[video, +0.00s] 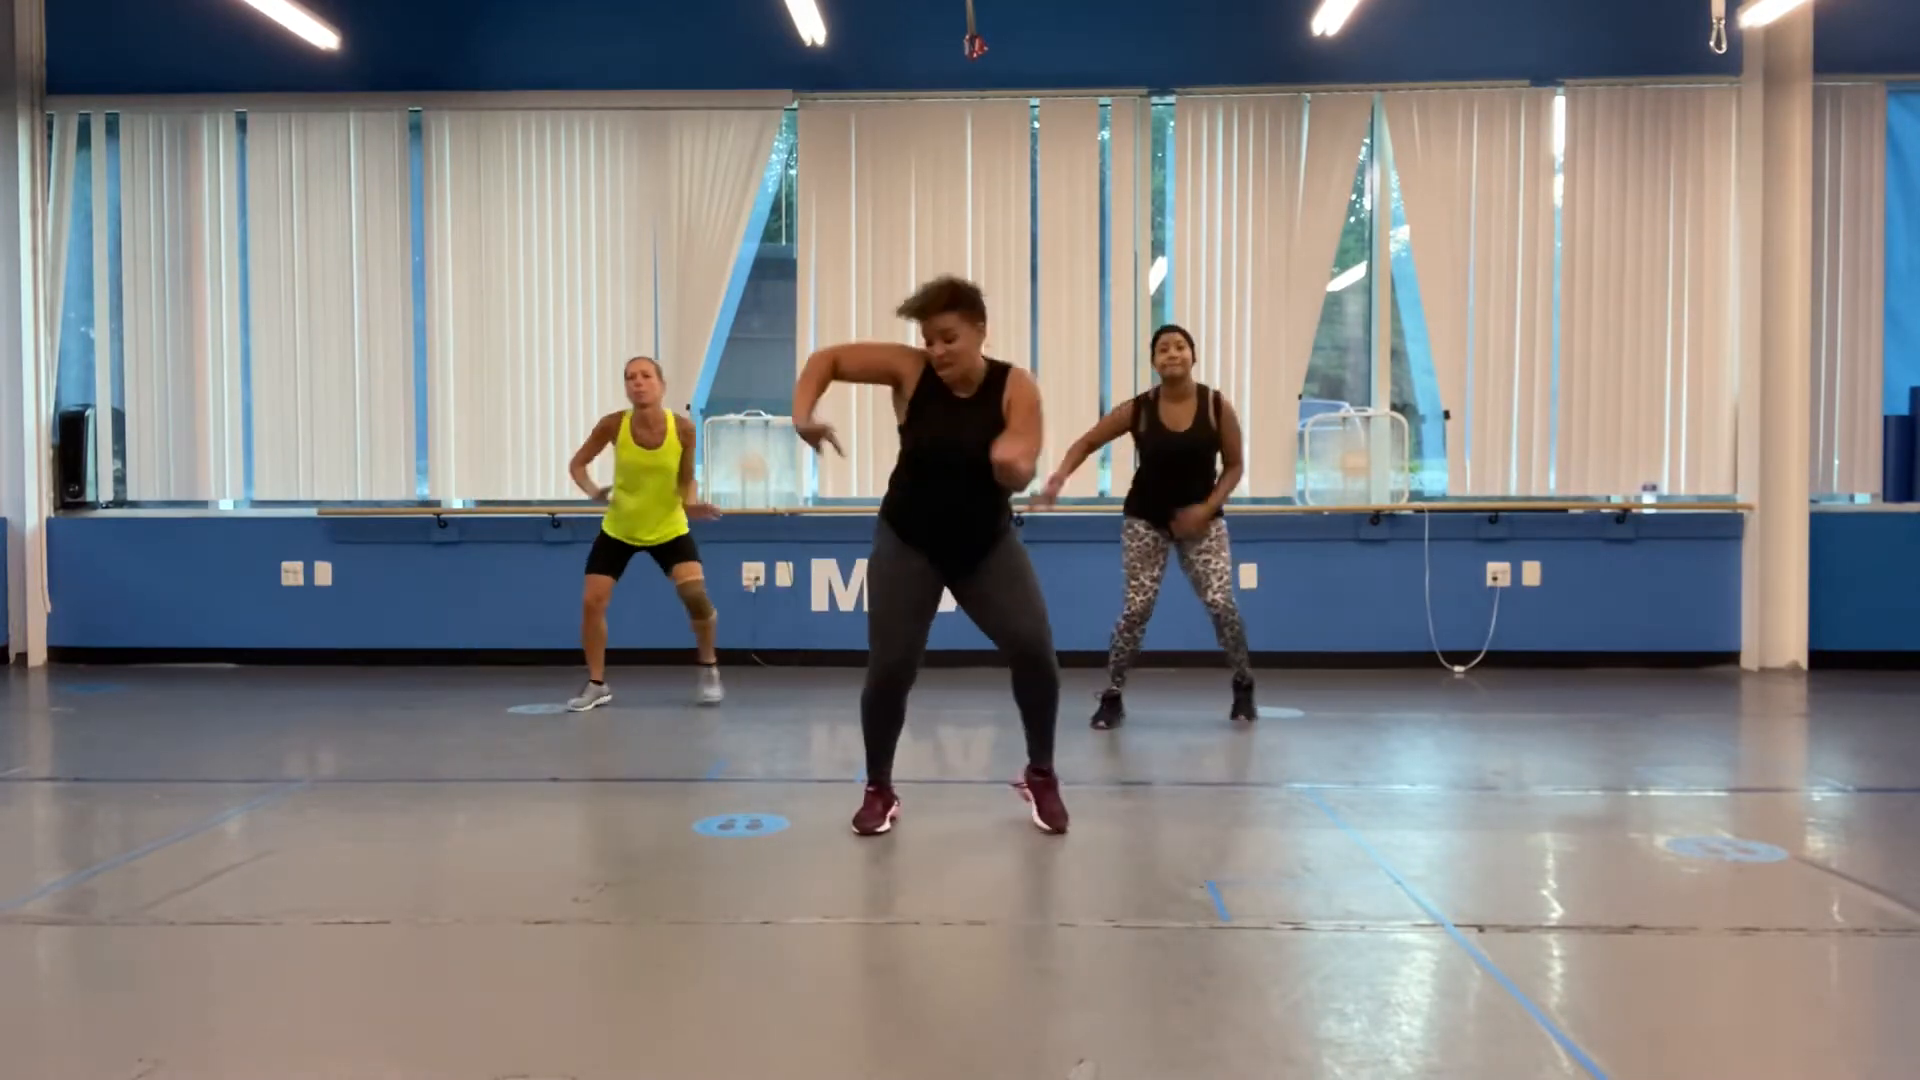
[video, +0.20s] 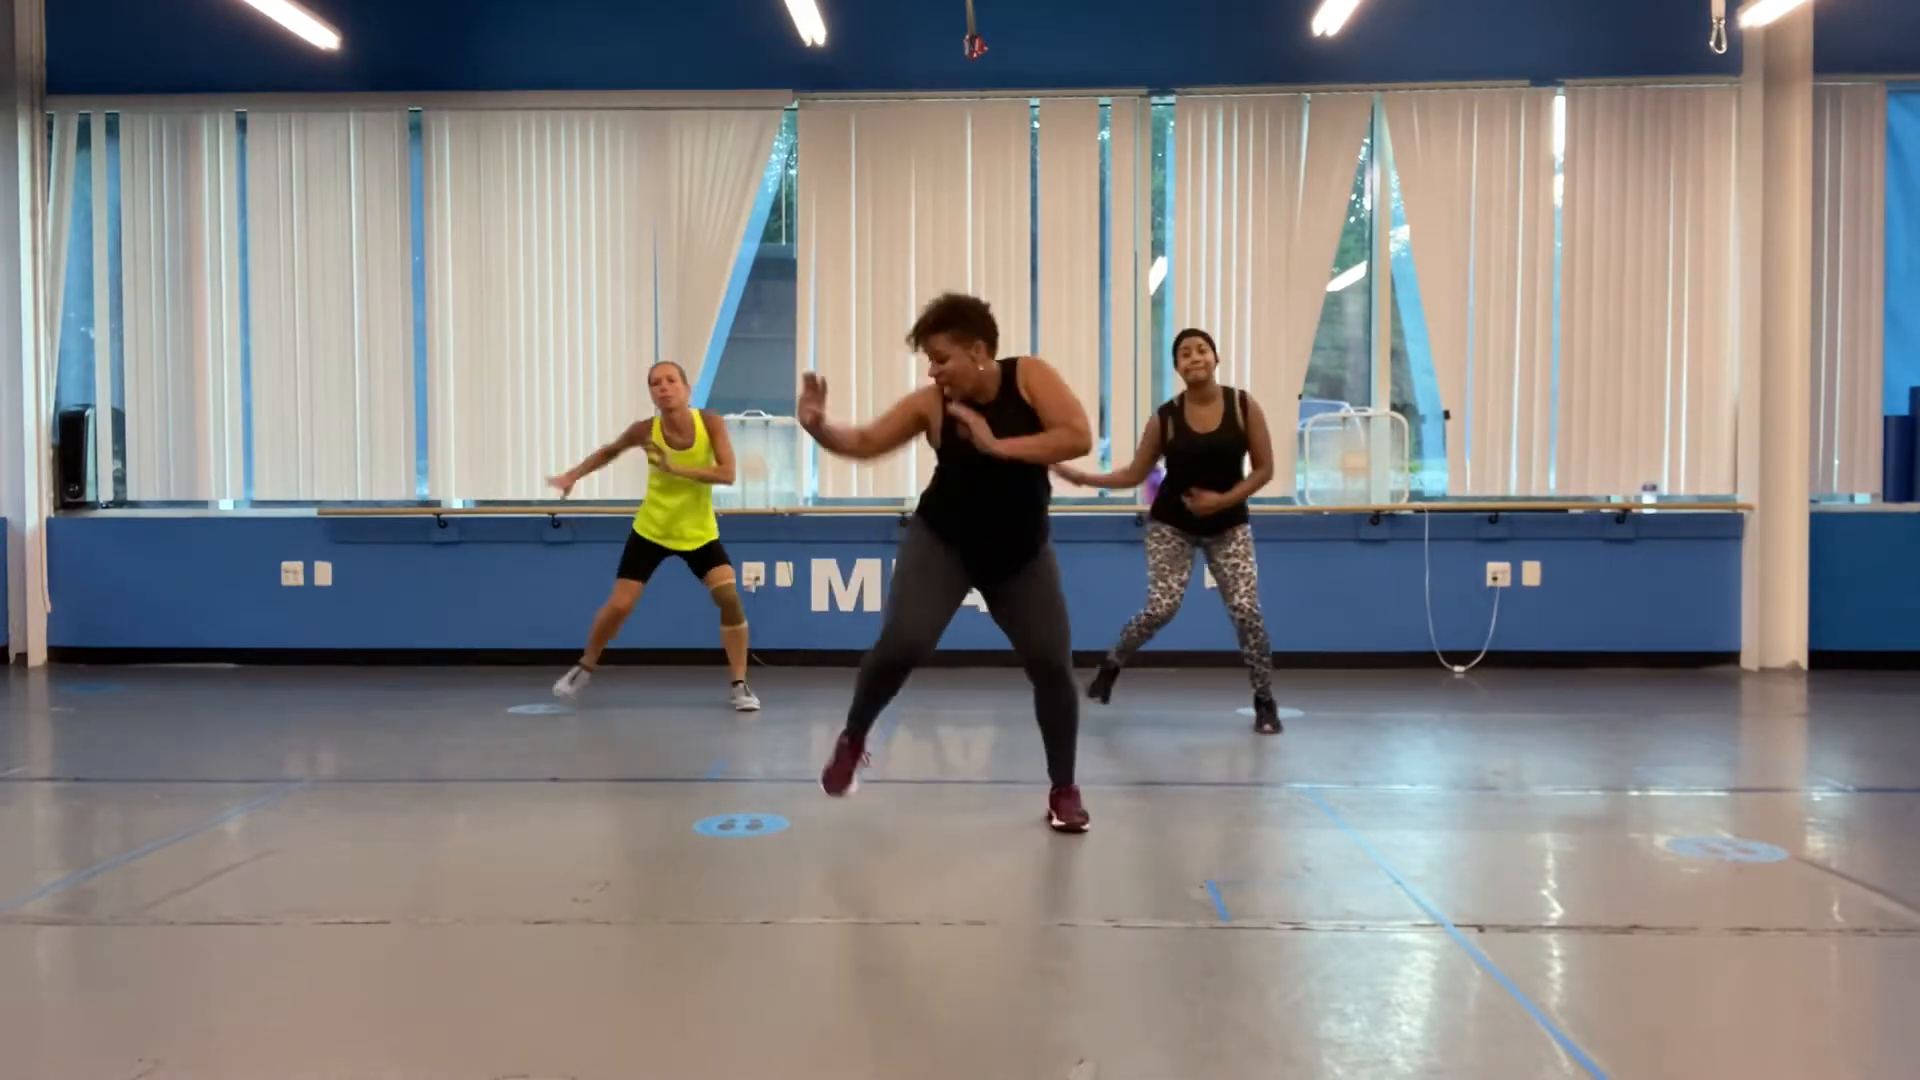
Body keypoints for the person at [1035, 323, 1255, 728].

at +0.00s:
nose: (1172, 354)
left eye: (1180, 347)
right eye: (1163, 350)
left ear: (1193, 356)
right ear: (1153, 362)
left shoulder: (1217, 407)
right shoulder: (1136, 410)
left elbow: (1234, 466)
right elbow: (1086, 444)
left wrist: (1207, 509)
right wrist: (1059, 476)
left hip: (1199, 519)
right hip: (1145, 520)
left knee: (1220, 603)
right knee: (1137, 608)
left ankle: (1244, 687)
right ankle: (1112, 696)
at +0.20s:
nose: (1194, 358)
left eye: (1201, 350)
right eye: (1185, 354)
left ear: (1215, 359)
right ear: (1177, 367)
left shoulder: (1244, 408)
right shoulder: (1164, 418)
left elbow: (1264, 471)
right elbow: (1134, 475)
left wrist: (1223, 499)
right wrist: (1085, 478)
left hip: (1228, 527)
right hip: (1170, 526)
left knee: (1246, 611)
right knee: (1162, 607)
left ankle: (1264, 701)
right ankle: (1112, 663)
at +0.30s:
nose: (1197, 359)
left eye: (1203, 352)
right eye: (1188, 356)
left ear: (1217, 360)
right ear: (1179, 369)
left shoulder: (1245, 410)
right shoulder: (1165, 423)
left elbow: (1268, 473)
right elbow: (1153, 488)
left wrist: (1262, 524)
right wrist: (1119, 520)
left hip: (1231, 530)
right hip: (1173, 531)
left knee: (1245, 615)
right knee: (1162, 612)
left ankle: (1264, 702)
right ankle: (1134, 692)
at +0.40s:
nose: (1189, 353)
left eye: (1196, 346)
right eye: (1181, 349)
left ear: (1210, 355)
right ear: (1172, 362)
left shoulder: (1235, 404)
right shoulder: (1159, 417)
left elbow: (1265, 462)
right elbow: (1151, 487)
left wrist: (1300, 510)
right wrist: (1163, 528)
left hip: (1227, 527)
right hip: (1173, 527)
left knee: (1239, 613)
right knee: (1147, 609)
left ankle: (1264, 703)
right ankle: (1130, 692)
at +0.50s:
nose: (1175, 342)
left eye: (1182, 336)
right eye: (1166, 338)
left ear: (1195, 346)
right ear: (1156, 351)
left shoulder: (1216, 395)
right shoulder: (1141, 404)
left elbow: (1258, 444)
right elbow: (1134, 471)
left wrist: (1310, 477)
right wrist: (1191, 483)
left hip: (1213, 518)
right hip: (1156, 519)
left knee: (1228, 607)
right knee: (1132, 601)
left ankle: (1264, 700)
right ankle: (1115, 681)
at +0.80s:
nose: (1131, 345)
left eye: (1139, 338)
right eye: (1123, 340)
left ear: (1151, 349)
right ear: (1112, 352)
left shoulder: (1172, 395)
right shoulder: (1098, 404)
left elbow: (1215, 433)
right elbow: (1086, 462)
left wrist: (1269, 453)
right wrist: (1142, 445)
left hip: (1170, 521)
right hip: (1115, 522)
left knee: (1177, 610)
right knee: (1099, 609)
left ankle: (1200, 698)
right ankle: (1102, 690)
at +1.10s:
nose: (1086, 353)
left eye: (1094, 348)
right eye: (1078, 348)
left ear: (1105, 360)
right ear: (1066, 360)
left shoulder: (1123, 405)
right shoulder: (1048, 410)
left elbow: (1172, 437)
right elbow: (1033, 469)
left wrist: (1229, 457)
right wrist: (1080, 442)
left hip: (1130, 522)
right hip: (1074, 526)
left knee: (1153, 604)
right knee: (1057, 606)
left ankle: (1196, 679)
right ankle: (1040, 696)